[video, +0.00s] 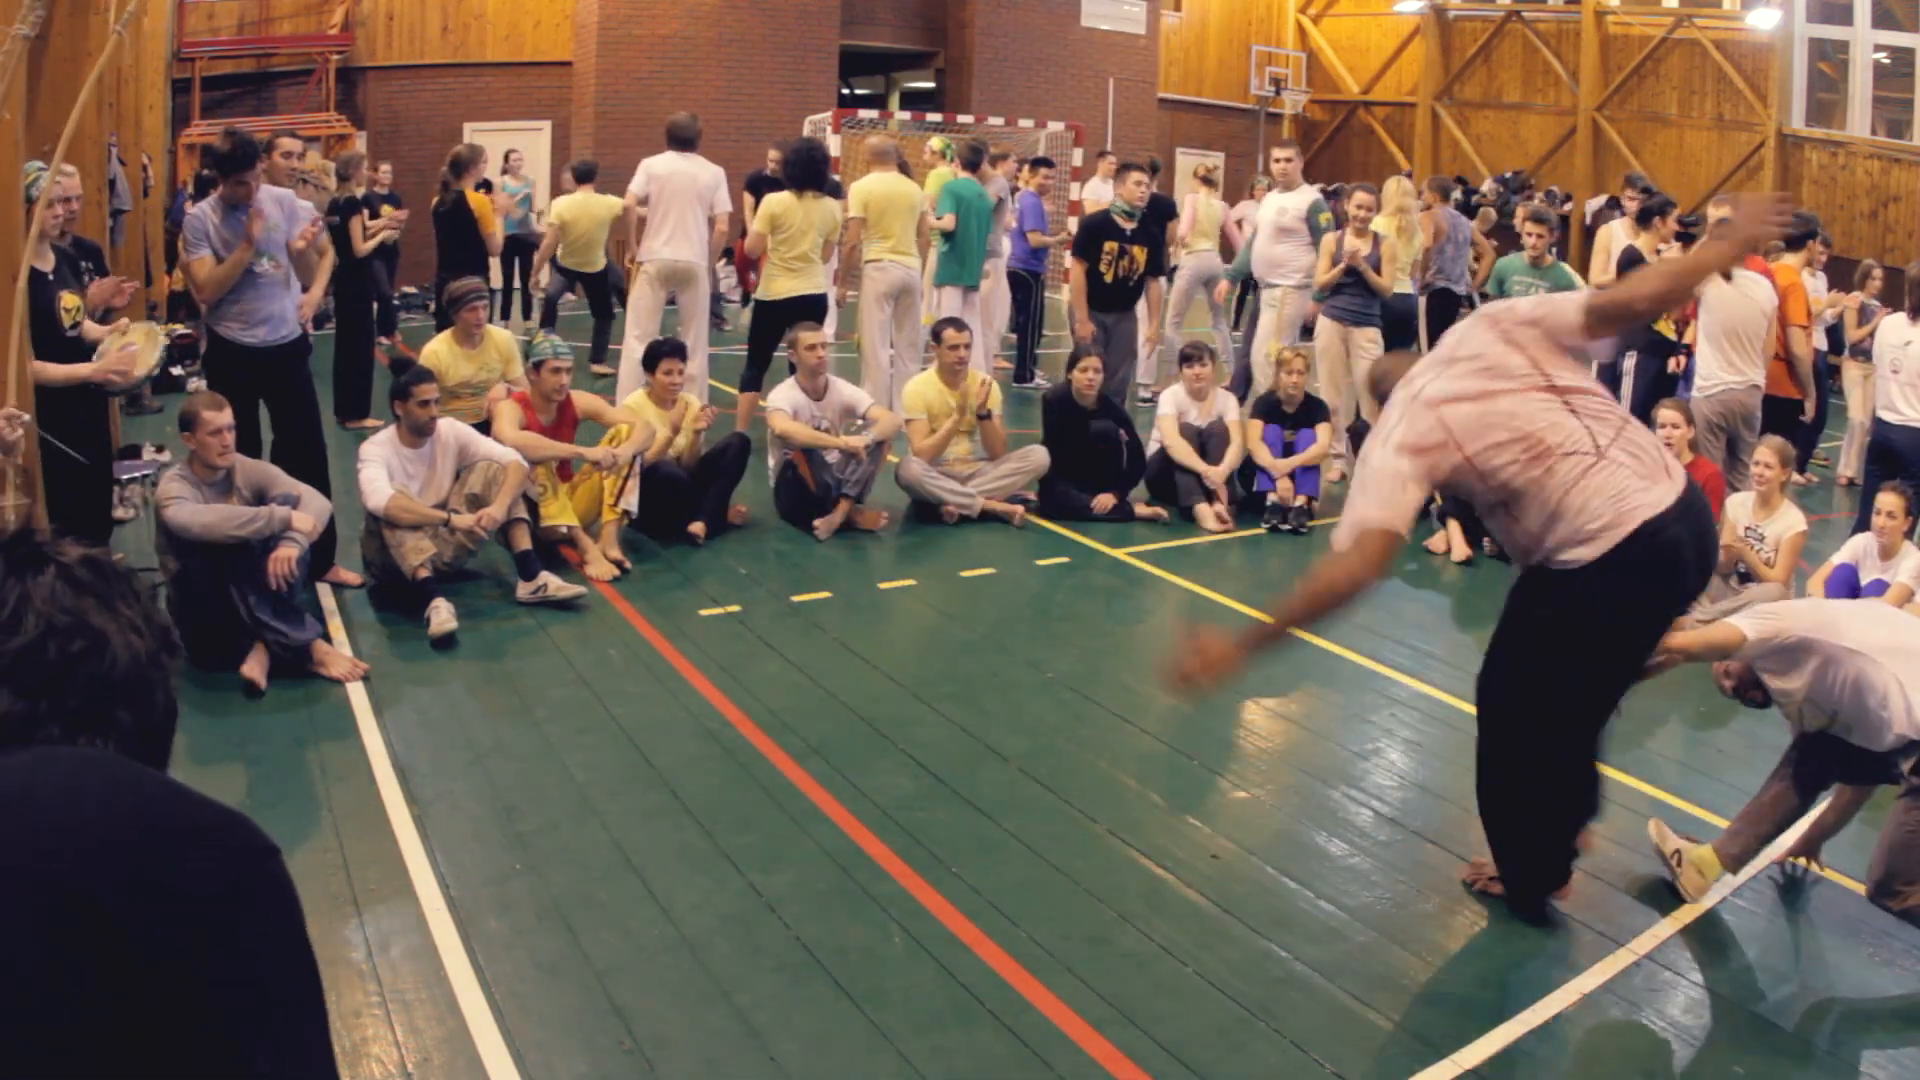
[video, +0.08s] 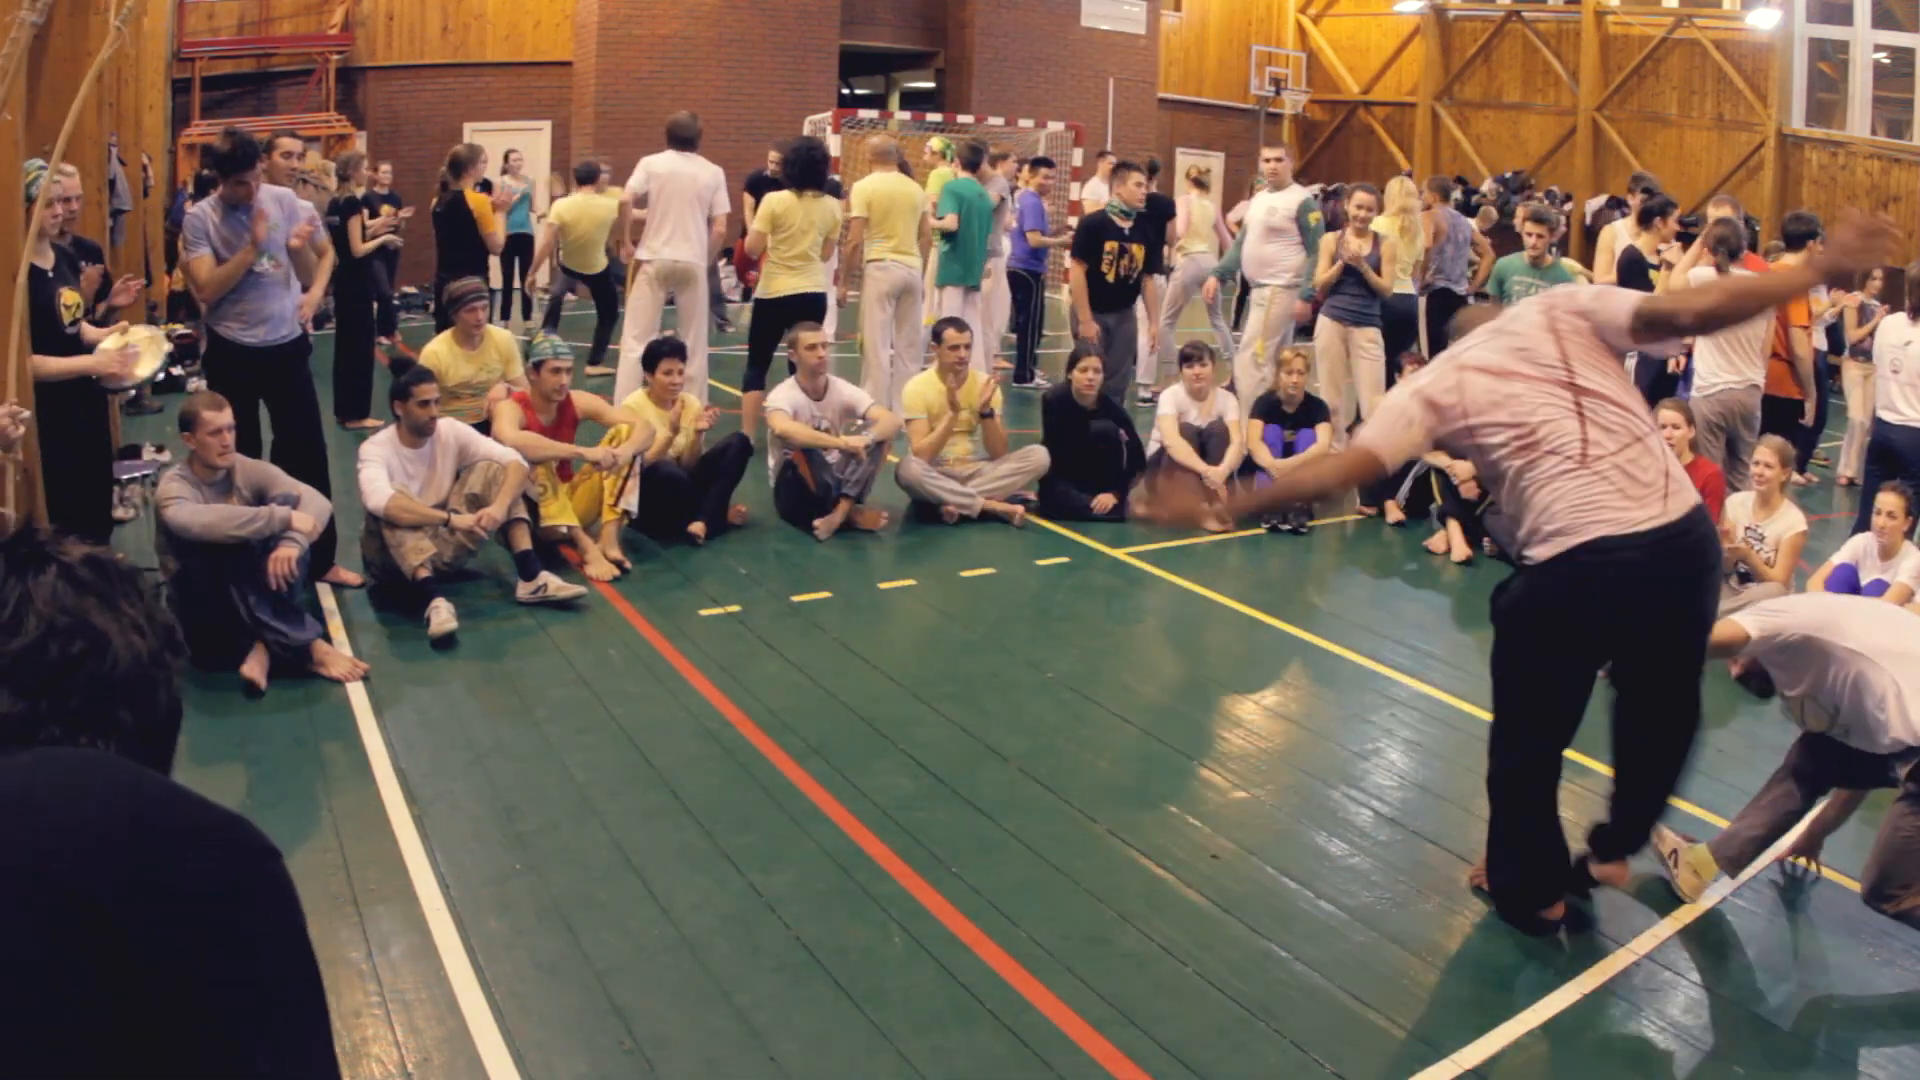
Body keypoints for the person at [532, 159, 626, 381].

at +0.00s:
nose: (567, 180)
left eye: (569, 177)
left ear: (573, 179)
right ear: (595, 179)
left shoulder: (561, 204)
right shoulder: (608, 203)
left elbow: (550, 244)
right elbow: (633, 207)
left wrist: (535, 272)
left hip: (565, 265)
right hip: (594, 268)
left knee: (550, 298)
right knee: (604, 315)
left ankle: (544, 346)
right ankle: (597, 362)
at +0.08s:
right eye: (601, 177)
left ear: (575, 180)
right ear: (597, 180)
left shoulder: (561, 205)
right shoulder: (611, 205)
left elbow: (547, 244)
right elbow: (639, 215)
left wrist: (532, 272)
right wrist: (663, 212)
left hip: (567, 266)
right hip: (596, 268)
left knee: (556, 297)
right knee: (608, 313)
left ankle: (545, 343)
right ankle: (594, 363)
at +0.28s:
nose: (606, 185)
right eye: (605, 182)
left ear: (581, 179)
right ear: (603, 183)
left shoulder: (560, 201)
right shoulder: (604, 207)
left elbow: (540, 233)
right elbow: (633, 228)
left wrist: (520, 260)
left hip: (571, 264)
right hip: (594, 267)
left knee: (604, 302)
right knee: (613, 311)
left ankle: (571, 330)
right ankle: (596, 363)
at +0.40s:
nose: (608, 180)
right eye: (608, 176)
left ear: (583, 173)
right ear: (605, 177)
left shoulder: (561, 195)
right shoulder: (600, 202)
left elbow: (535, 223)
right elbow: (623, 230)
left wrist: (513, 244)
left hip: (573, 263)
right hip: (593, 265)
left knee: (612, 305)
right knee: (612, 311)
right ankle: (597, 362)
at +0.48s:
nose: (607, 174)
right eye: (607, 170)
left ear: (582, 168)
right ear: (604, 171)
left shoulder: (561, 190)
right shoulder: (599, 196)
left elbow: (535, 215)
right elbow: (619, 227)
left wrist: (516, 235)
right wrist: (634, 242)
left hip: (572, 258)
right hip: (593, 260)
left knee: (610, 301)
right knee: (611, 306)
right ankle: (596, 361)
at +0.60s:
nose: (606, 167)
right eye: (605, 163)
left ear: (581, 161)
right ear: (601, 165)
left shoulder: (563, 187)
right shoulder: (598, 189)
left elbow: (545, 212)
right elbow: (605, 231)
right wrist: (622, 243)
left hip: (568, 257)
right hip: (593, 257)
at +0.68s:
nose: (606, 172)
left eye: (606, 167)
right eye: (605, 167)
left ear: (583, 167)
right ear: (598, 168)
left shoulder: (570, 190)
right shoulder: (590, 193)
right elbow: (589, 230)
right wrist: (603, 256)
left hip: (567, 260)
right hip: (587, 262)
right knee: (601, 304)